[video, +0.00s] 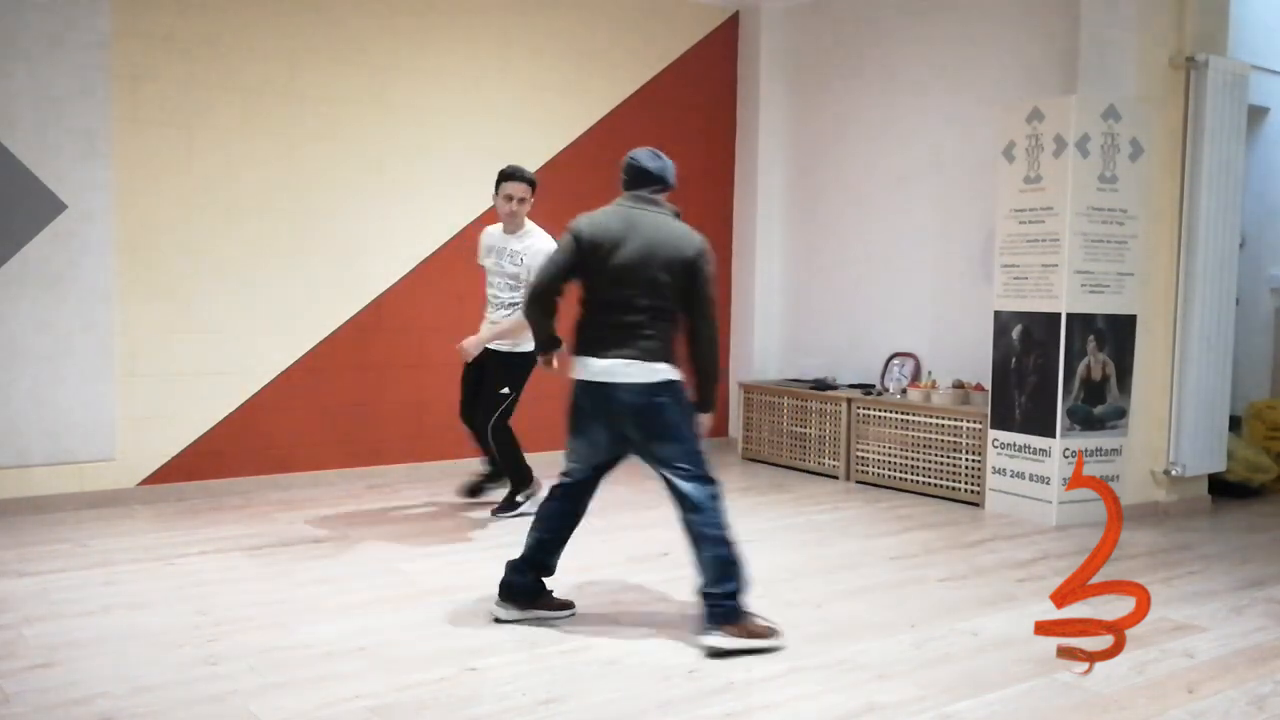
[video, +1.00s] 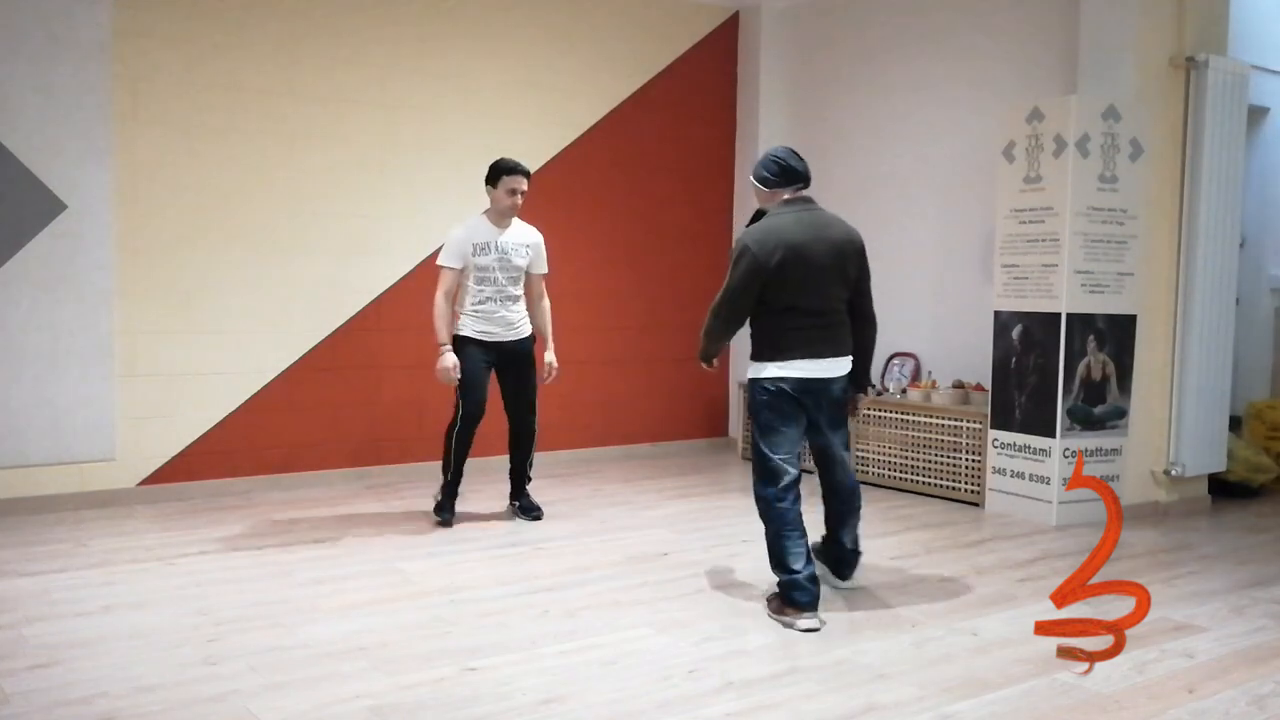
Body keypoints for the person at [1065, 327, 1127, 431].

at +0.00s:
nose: (1087, 345)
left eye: (1091, 342)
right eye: (1088, 342)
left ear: (1099, 344)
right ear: (1088, 345)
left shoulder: (1108, 364)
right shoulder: (1083, 365)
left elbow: (1114, 390)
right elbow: (1076, 391)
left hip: (1102, 406)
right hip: (1086, 406)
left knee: (1121, 411)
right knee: (1071, 410)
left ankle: (1086, 425)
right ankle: (1102, 425)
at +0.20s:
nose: (1087, 346)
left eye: (1090, 342)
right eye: (1087, 342)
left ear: (1098, 344)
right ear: (1087, 345)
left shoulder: (1108, 364)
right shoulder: (1083, 365)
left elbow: (1114, 390)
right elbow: (1076, 391)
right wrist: (1071, 419)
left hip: (1102, 406)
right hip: (1086, 406)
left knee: (1121, 411)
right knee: (1071, 411)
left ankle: (1086, 425)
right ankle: (1100, 425)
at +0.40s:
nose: (1087, 346)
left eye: (1090, 342)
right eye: (1087, 342)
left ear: (1098, 344)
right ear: (1087, 345)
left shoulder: (1108, 364)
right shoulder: (1083, 365)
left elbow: (1114, 390)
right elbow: (1076, 391)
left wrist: (1108, 406)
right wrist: (1071, 419)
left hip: (1103, 406)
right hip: (1086, 406)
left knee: (1121, 411)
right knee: (1071, 411)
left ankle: (1086, 425)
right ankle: (1100, 425)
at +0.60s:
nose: (1088, 345)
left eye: (1091, 342)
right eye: (1088, 342)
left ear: (1098, 344)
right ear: (1087, 344)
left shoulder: (1108, 365)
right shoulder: (1083, 365)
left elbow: (1114, 390)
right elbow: (1076, 390)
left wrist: (1108, 407)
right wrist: (1070, 409)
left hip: (1102, 407)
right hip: (1086, 406)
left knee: (1122, 411)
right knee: (1071, 410)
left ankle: (1086, 425)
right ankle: (1100, 424)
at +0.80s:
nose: (1088, 345)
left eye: (1091, 342)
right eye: (1088, 342)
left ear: (1098, 344)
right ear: (1088, 344)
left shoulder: (1108, 365)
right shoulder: (1083, 365)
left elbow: (1114, 391)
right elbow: (1076, 390)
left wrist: (1107, 407)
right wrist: (1070, 409)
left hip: (1102, 406)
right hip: (1086, 406)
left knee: (1122, 411)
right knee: (1071, 410)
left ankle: (1086, 425)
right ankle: (1100, 425)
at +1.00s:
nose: (1088, 345)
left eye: (1091, 342)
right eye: (1088, 342)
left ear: (1098, 344)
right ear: (1087, 344)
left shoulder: (1108, 364)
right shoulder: (1084, 364)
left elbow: (1114, 390)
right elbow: (1076, 390)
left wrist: (1109, 406)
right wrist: (1070, 409)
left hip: (1102, 406)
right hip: (1085, 405)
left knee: (1121, 411)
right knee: (1071, 410)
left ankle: (1086, 425)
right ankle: (1100, 425)